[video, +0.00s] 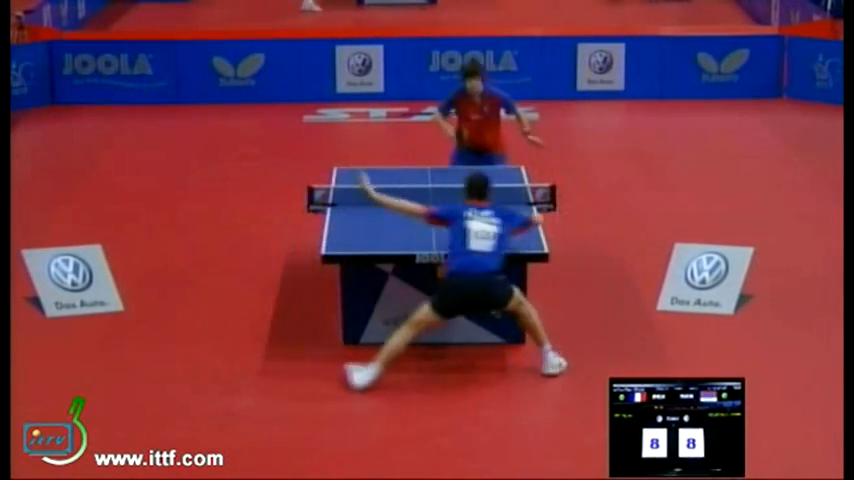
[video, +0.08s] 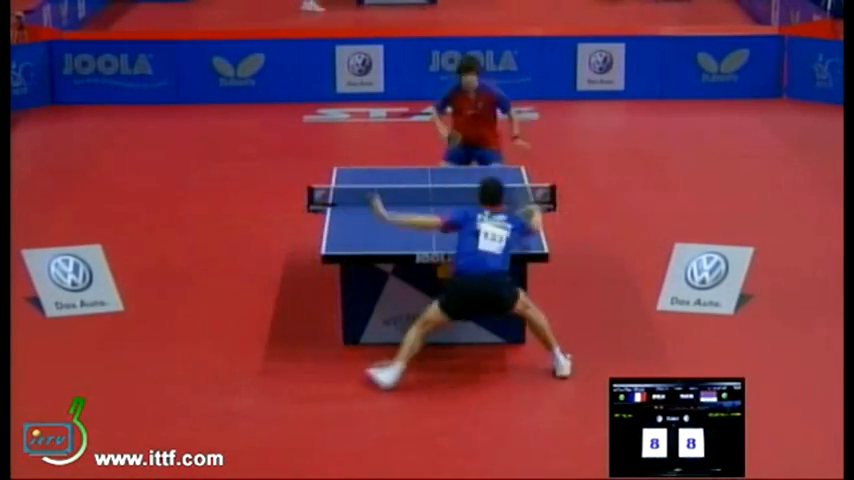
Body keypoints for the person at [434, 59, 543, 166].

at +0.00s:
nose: (473, 86)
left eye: (477, 81)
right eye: (470, 82)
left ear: (483, 81)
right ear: (465, 83)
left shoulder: (494, 97)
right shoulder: (459, 97)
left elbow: (516, 112)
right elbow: (439, 114)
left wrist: (527, 132)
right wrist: (448, 129)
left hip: (492, 151)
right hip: (466, 151)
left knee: (496, 189)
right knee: (459, 188)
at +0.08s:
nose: (469, 80)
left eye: (473, 76)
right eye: (465, 76)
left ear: (478, 77)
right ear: (460, 78)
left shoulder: (489, 92)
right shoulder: (455, 93)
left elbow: (509, 110)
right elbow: (436, 110)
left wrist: (515, 134)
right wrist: (443, 130)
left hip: (487, 143)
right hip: (461, 142)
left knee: (495, 179)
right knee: (449, 177)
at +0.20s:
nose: (460, 86)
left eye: (463, 82)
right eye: (456, 82)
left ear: (469, 82)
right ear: (451, 83)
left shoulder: (482, 100)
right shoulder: (446, 99)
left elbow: (499, 121)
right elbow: (437, 117)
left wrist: (495, 149)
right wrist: (435, 140)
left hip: (479, 153)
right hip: (455, 150)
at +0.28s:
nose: (455, 93)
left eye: (457, 89)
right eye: (451, 89)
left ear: (462, 90)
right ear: (446, 92)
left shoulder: (476, 107)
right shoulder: (442, 108)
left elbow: (492, 131)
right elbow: (436, 132)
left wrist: (489, 158)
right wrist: (445, 147)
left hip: (476, 159)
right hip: (453, 157)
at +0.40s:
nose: (464, 89)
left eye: (466, 84)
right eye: (460, 85)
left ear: (471, 85)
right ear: (454, 87)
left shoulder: (483, 101)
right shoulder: (449, 107)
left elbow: (504, 116)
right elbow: (453, 137)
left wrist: (510, 130)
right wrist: (483, 141)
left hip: (481, 150)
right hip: (458, 151)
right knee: (446, 170)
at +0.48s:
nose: (472, 80)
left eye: (474, 76)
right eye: (468, 77)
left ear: (479, 76)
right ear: (462, 78)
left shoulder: (492, 90)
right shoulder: (461, 96)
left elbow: (515, 100)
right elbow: (460, 122)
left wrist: (530, 107)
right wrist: (482, 133)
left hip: (491, 141)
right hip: (466, 142)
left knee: (513, 170)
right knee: (448, 172)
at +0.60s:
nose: (487, 78)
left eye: (490, 73)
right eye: (484, 74)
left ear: (495, 74)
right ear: (478, 76)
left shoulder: (508, 90)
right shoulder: (474, 91)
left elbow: (532, 97)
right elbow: (463, 105)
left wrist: (544, 110)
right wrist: (453, 113)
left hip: (507, 144)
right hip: (481, 142)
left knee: (530, 181)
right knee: (458, 172)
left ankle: (554, 215)